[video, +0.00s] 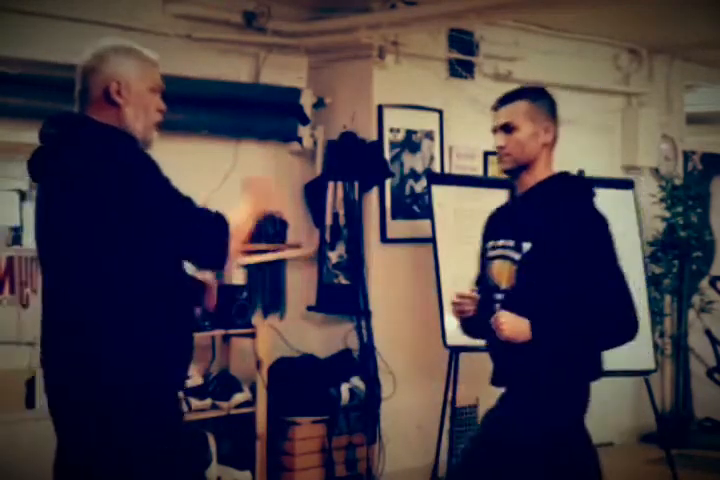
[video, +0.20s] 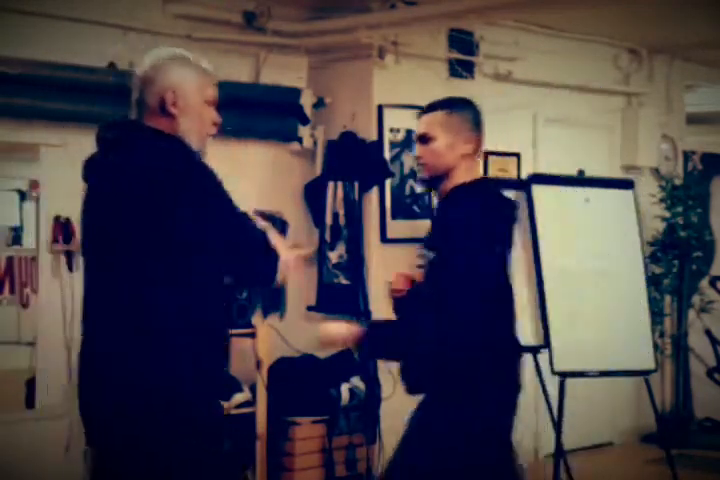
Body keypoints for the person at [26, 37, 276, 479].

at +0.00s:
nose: (163, 107)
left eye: (161, 95)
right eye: (156, 93)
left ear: (115, 93)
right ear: (118, 93)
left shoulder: (66, 157)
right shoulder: (116, 158)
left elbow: (119, 264)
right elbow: (212, 243)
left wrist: (197, 290)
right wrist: (247, 213)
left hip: (84, 380)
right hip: (129, 387)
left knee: (91, 469)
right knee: (154, 470)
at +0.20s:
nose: (217, 120)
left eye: (216, 107)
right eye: (210, 105)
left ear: (170, 103)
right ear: (172, 103)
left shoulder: (109, 165)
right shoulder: (179, 170)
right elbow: (255, 262)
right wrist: (279, 258)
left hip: (112, 388)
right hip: (175, 393)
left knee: (123, 471)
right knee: (185, 471)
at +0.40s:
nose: (284, 139)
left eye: (284, 127)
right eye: (276, 125)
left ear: (237, 124)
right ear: (238, 123)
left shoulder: (192, 183)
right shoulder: (231, 192)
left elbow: (270, 285)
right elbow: (275, 299)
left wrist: (340, 248)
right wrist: (357, 363)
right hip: (229, 405)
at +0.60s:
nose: (324, 136)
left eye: (325, 124)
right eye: (318, 120)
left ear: (279, 117)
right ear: (279, 116)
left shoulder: (231, 173)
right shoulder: (273, 178)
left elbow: (307, 275)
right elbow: (330, 296)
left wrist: (364, 233)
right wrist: (389, 361)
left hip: (240, 387)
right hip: (280, 395)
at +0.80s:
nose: (328, 127)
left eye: (328, 114)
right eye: (322, 112)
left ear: (284, 110)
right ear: (290, 111)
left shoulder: (230, 173)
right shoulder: (290, 175)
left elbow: (323, 277)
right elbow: (341, 292)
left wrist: (375, 226)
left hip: (245, 384)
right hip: (293, 392)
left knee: (259, 469)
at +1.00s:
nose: (330, 129)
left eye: (330, 116)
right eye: (325, 114)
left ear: (287, 108)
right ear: (294, 109)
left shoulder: (231, 169)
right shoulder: (292, 175)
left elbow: (326, 260)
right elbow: (348, 294)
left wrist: (394, 219)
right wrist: (399, 359)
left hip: (244, 382)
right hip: (296, 390)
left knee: (259, 468)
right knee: (302, 469)